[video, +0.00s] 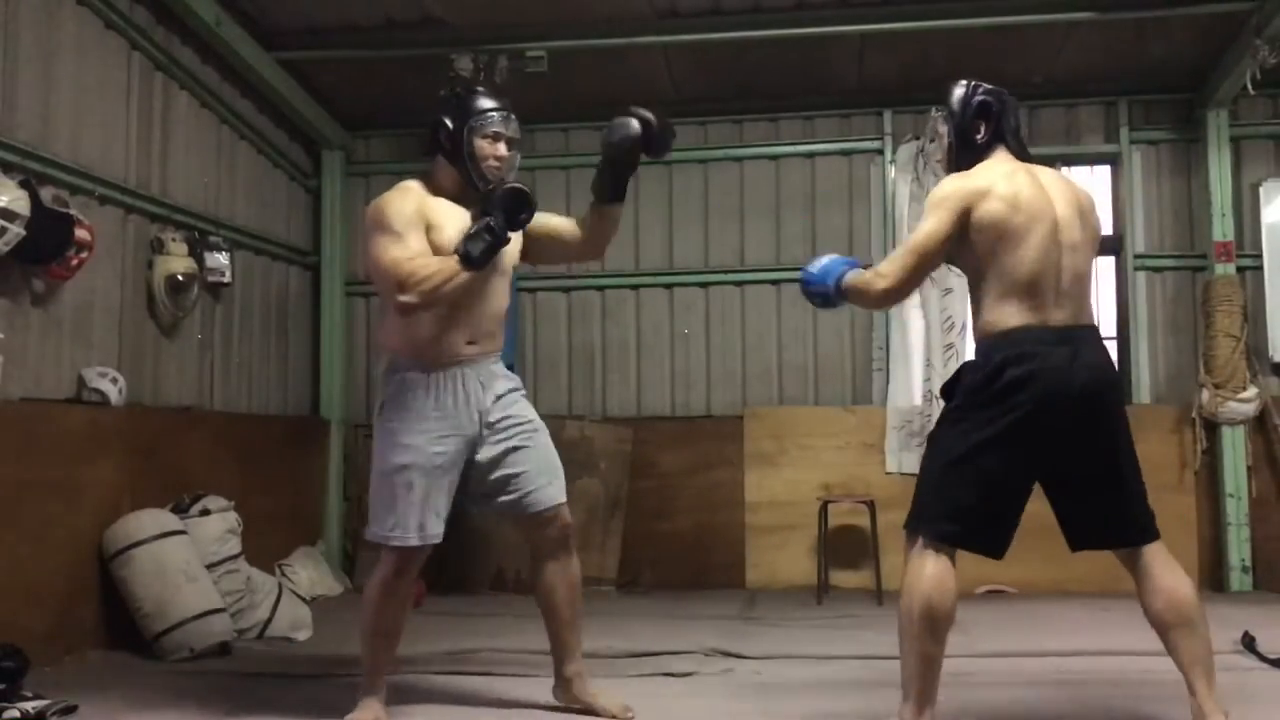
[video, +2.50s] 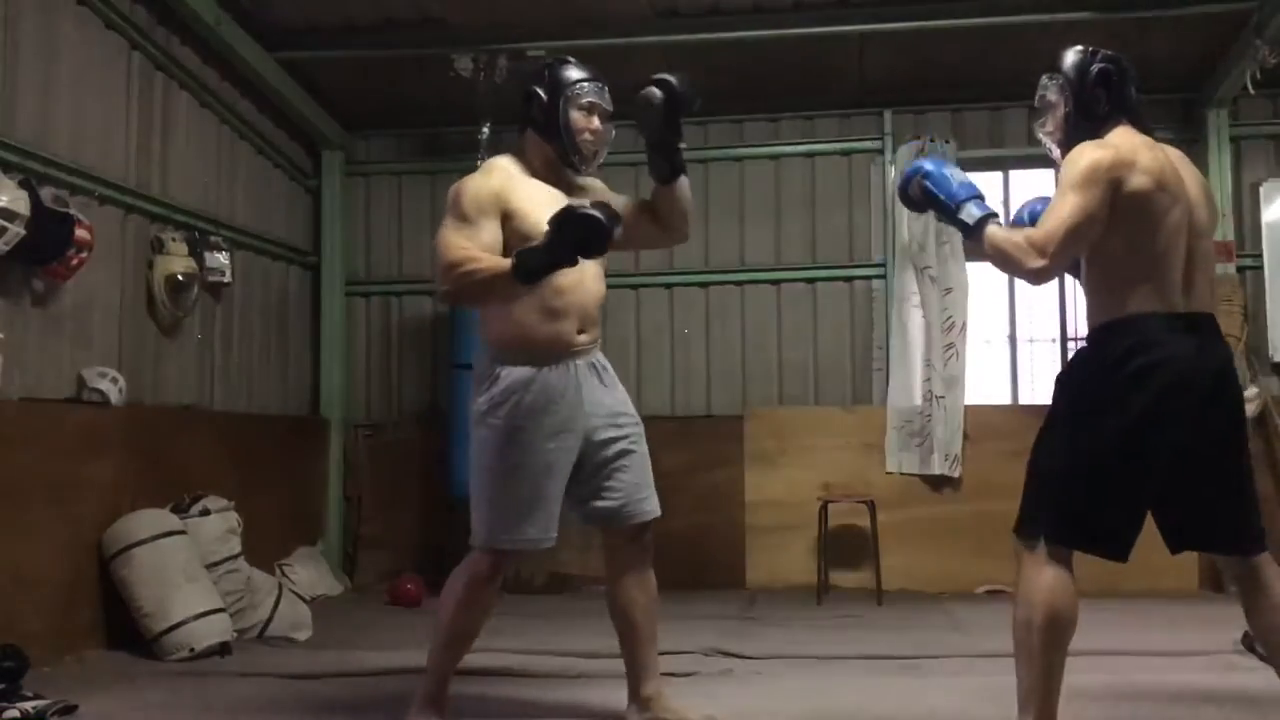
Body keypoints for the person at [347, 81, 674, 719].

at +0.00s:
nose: (504, 155)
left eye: (510, 143)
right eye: (492, 140)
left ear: (512, 151)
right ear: (451, 142)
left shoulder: (507, 220)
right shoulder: (401, 205)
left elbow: (590, 239)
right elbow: (408, 289)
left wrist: (615, 168)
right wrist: (484, 244)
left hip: (493, 385)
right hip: (421, 393)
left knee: (553, 526)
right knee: (403, 551)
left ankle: (571, 681)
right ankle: (373, 694)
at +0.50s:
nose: (548, 158)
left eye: (554, 147)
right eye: (534, 144)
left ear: (559, 155)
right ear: (494, 145)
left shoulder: (554, 224)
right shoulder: (434, 215)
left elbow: (629, 269)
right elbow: (402, 307)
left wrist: (661, 216)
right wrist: (482, 284)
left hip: (529, 395)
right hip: (447, 399)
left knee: (592, 530)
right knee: (404, 548)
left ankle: (604, 687)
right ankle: (340, 690)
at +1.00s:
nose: (495, 145)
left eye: (500, 134)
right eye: (482, 131)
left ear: (504, 142)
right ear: (441, 133)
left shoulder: (489, 214)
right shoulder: (387, 194)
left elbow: (568, 239)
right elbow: (391, 278)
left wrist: (574, 158)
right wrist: (470, 240)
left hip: (469, 382)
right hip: (395, 386)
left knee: (539, 513)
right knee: (373, 547)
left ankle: (552, 672)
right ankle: (337, 696)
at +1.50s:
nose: (527, 147)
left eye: (533, 136)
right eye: (514, 132)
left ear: (534, 144)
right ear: (472, 131)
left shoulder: (521, 210)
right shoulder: (416, 198)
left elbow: (595, 258)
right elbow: (396, 294)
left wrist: (601, 178)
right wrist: (480, 272)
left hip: (511, 387)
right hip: (433, 392)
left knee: (582, 521)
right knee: (409, 553)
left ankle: (595, 684)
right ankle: (368, 699)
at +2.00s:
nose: (584, 137)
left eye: (590, 126)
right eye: (570, 122)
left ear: (592, 133)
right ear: (528, 124)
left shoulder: (576, 203)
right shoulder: (467, 190)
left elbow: (656, 242)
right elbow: (444, 286)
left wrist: (658, 157)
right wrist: (532, 255)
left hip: (568, 380)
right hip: (490, 386)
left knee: (612, 536)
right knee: (471, 555)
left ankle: (629, 697)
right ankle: (426, 703)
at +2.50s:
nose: (599, 126)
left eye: (603, 114)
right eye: (586, 111)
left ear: (603, 123)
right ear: (543, 114)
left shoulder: (591, 196)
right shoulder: (490, 182)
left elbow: (670, 226)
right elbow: (455, 280)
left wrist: (663, 146)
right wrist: (542, 257)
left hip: (594, 378)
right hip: (521, 386)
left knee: (634, 532)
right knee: (494, 557)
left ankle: (646, 696)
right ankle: (430, 699)